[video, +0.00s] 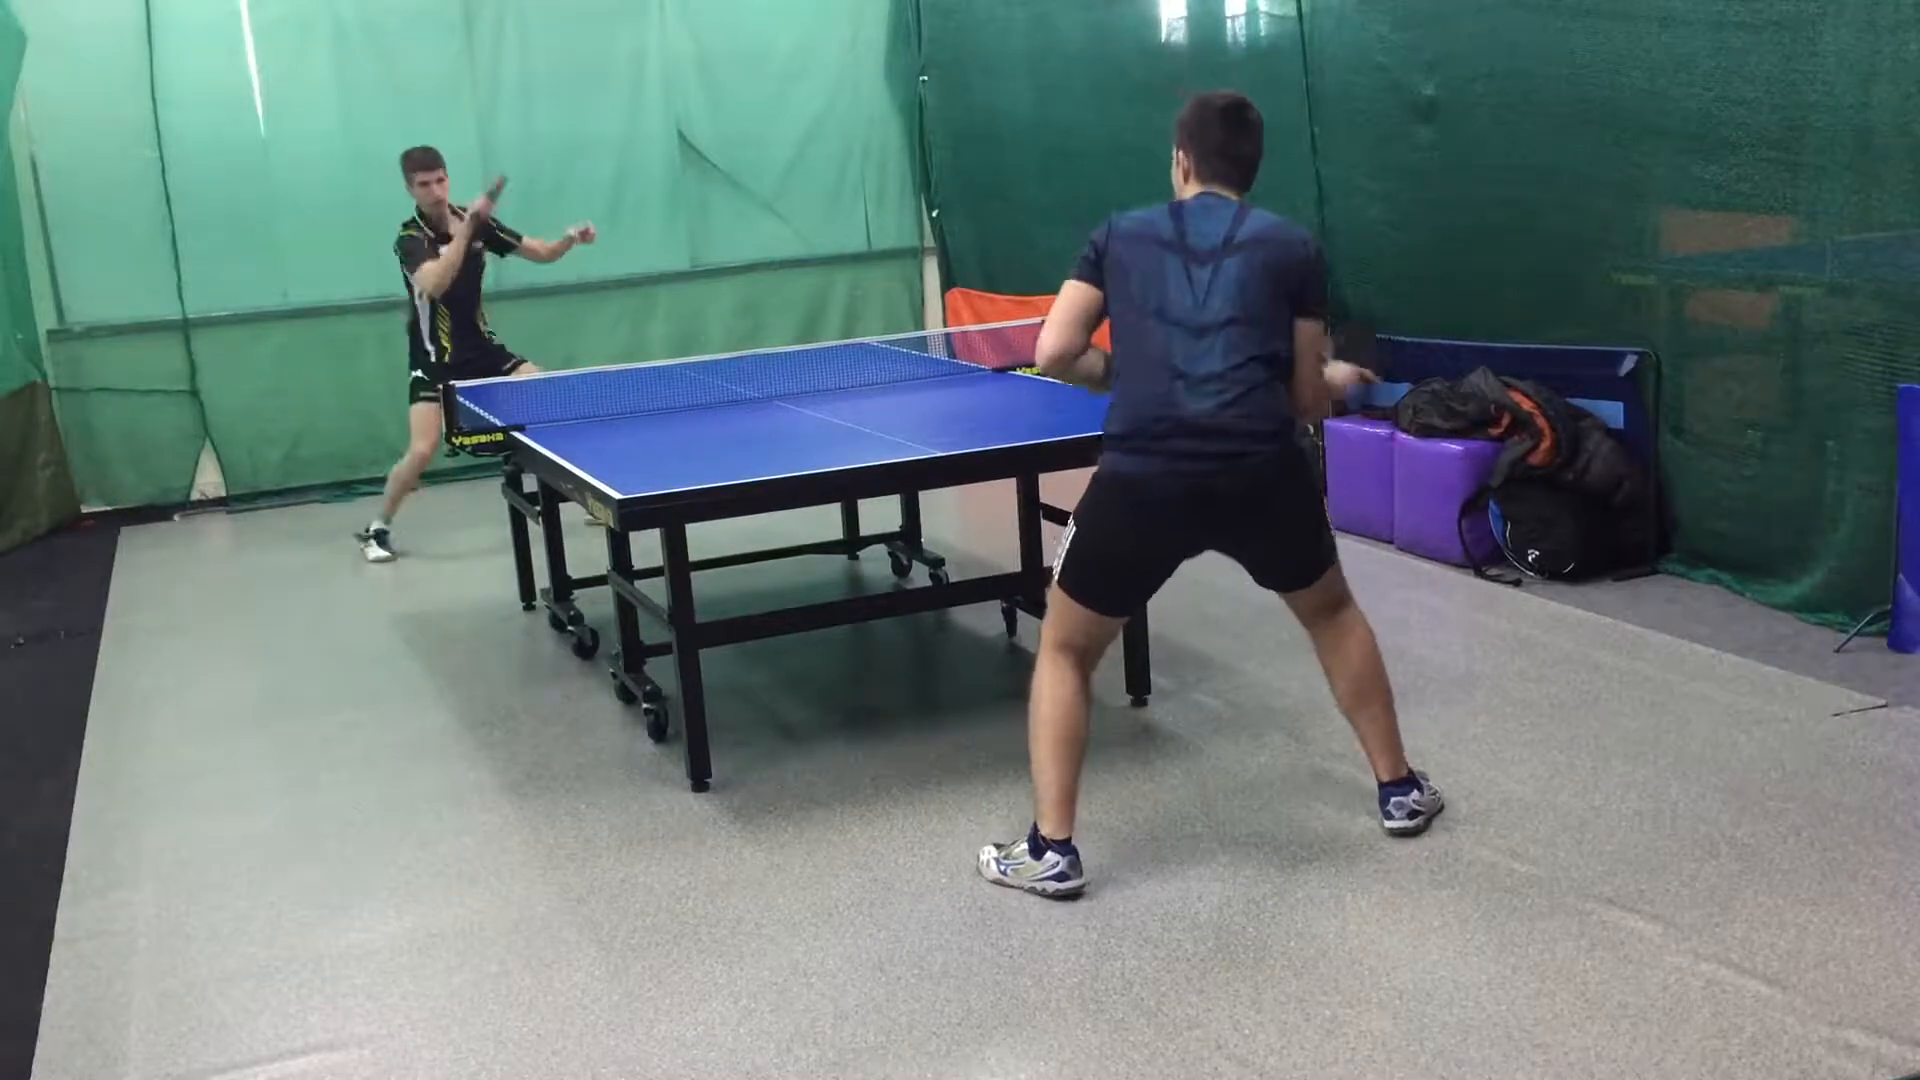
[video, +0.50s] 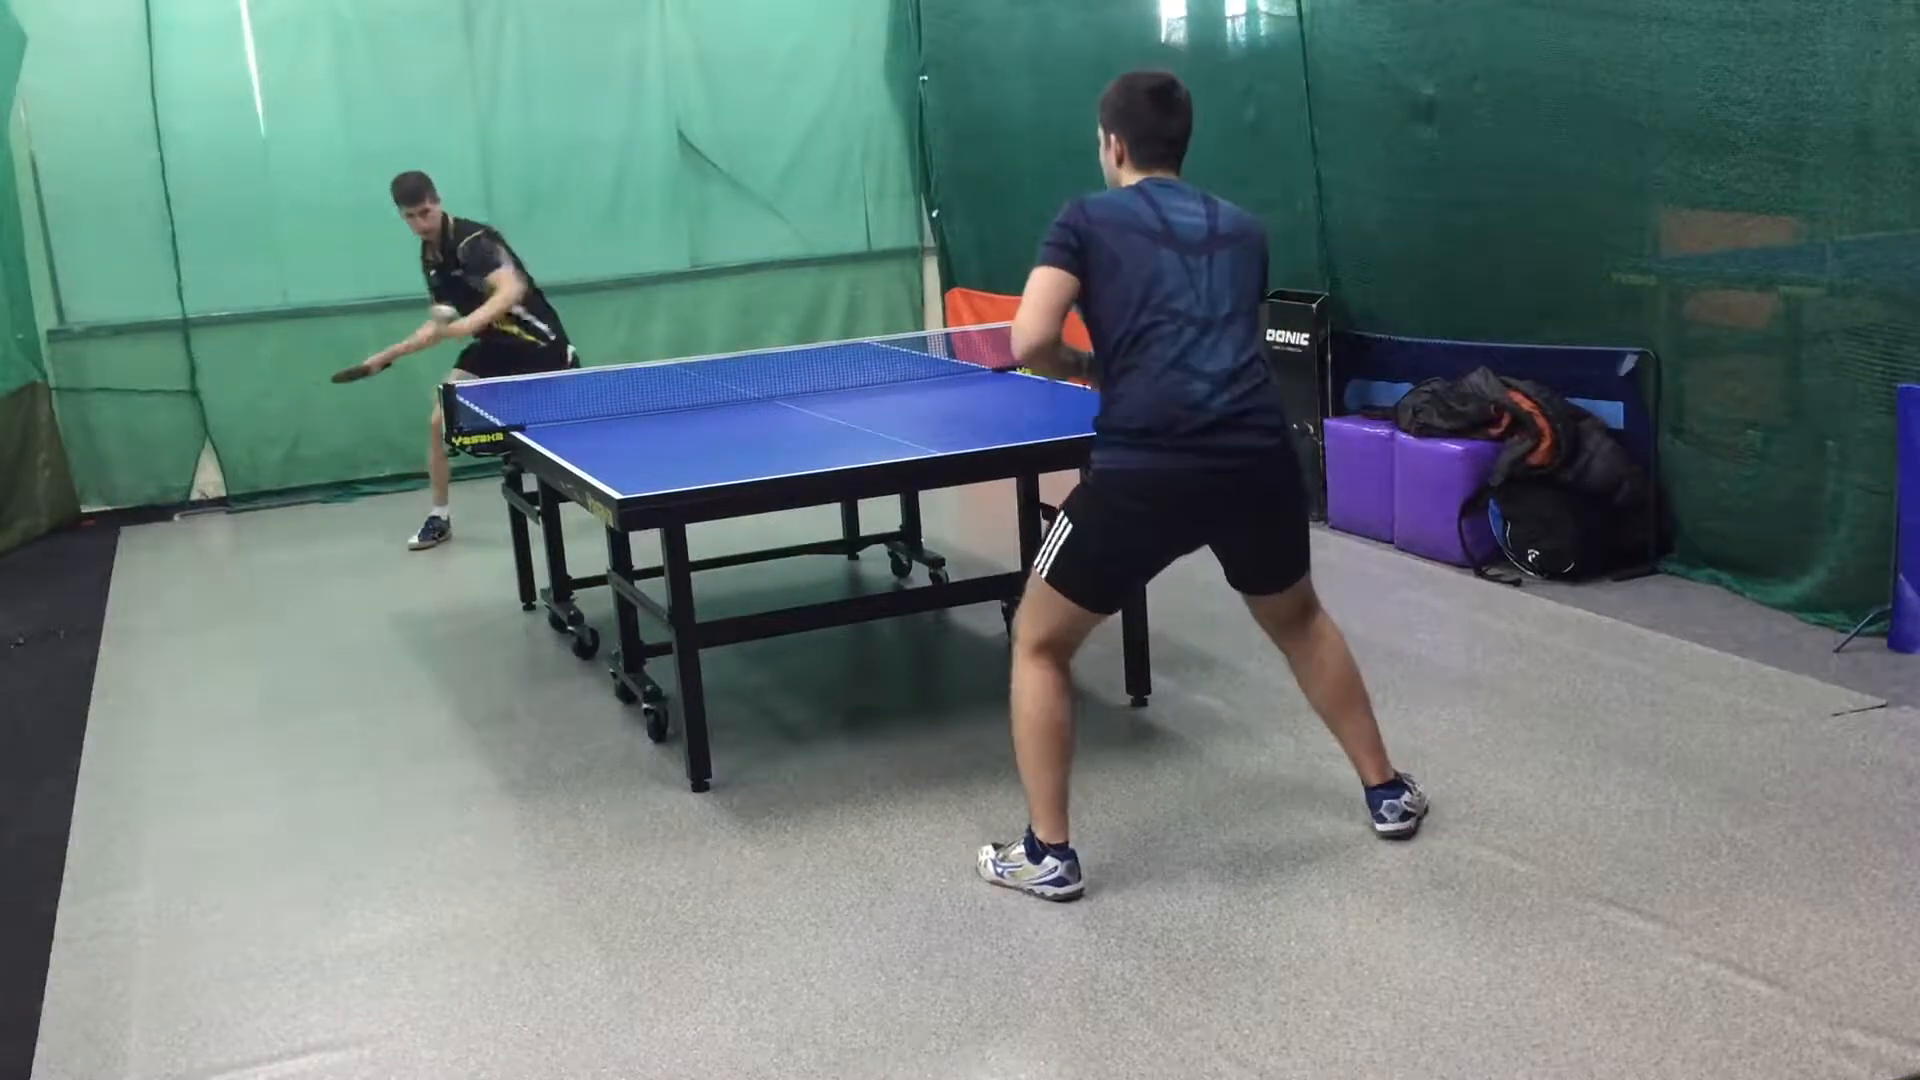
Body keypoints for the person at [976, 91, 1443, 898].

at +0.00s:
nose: (1175, 167)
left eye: (1175, 157)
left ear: (1180, 163)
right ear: (1253, 170)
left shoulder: (1118, 235)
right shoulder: (1292, 247)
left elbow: (1056, 350)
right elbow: (1307, 401)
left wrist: (1115, 373)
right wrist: (1336, 379)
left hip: (1143, 489)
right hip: (1264, 488)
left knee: (1068, 650)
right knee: (1331, 615)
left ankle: (1053, 847)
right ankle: (1398, 789)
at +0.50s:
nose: (1101, 152)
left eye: (1101, 141)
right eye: (1107, 140)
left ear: (1113, 146)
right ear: (1184, 145)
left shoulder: (1087, 218)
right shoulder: (1243, 227)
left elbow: (1033, 340)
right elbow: (1236, 334)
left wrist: (1078, 367)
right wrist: (1132, 356)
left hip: (1142, 479)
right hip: (1256, 472)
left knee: (1040, 645)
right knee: (1301, 621)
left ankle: (1048, 850)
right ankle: (1387, 792)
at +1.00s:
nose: (1173, 144)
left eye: (1174, 133)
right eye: (1188, 135)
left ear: (1179, 141)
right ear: (1250, 150)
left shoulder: (1116, 212)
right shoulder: (1286, 237)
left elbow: (1053, 328)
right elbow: (1294, 375)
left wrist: (1116, 344)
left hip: (1147, 474)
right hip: (1266, 470)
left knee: (1066, 644)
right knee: (1323, 615)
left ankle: (1047, 843)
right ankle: (1388, 790)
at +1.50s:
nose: (1109, 157)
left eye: (1109, 147)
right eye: (1119, 146)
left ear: (1119, 151)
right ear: (1191, 149)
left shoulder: (1087, 228)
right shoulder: (1257, 221)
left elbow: (1032, 373)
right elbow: (1305, 352)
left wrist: (1007, 348)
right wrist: (1291, 417)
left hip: (1133, 478)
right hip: (1247, 473)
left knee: (1044, 636)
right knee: (1290, 620)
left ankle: (1043, 833)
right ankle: (1368, 793)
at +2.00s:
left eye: (1161, 61)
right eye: (1231, 64)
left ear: (1153, 69)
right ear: (1234, 69)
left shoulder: (1103, 151)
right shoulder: (1256, 143)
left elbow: (1102, 279)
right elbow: (1266, 292)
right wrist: (1359, 353)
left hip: (1098, 422)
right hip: (1210, 419)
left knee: (1081, 621)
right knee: (1250, 608)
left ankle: (1057, 820)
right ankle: (1267, 799)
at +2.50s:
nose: (1074, 88)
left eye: (1076, 76)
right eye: (1080, 76)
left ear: (1090, 82)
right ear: (1165, 85)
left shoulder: (1066, 152)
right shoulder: (1217, 161)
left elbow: (1010, 283)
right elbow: (1208, 275)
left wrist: (1051, 364)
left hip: (1112, 425)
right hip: (1224, 415)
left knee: (1069, 632)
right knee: (1252, 597)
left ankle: (1052, 826)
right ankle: (1294, 777)